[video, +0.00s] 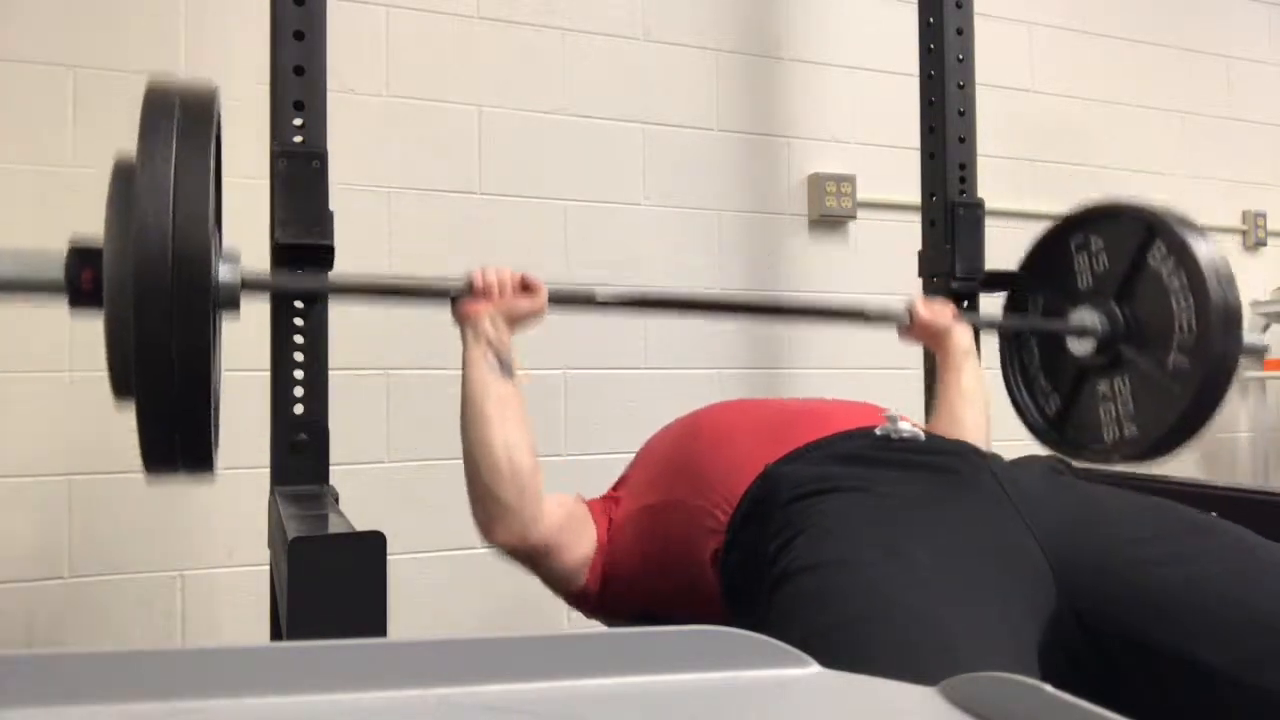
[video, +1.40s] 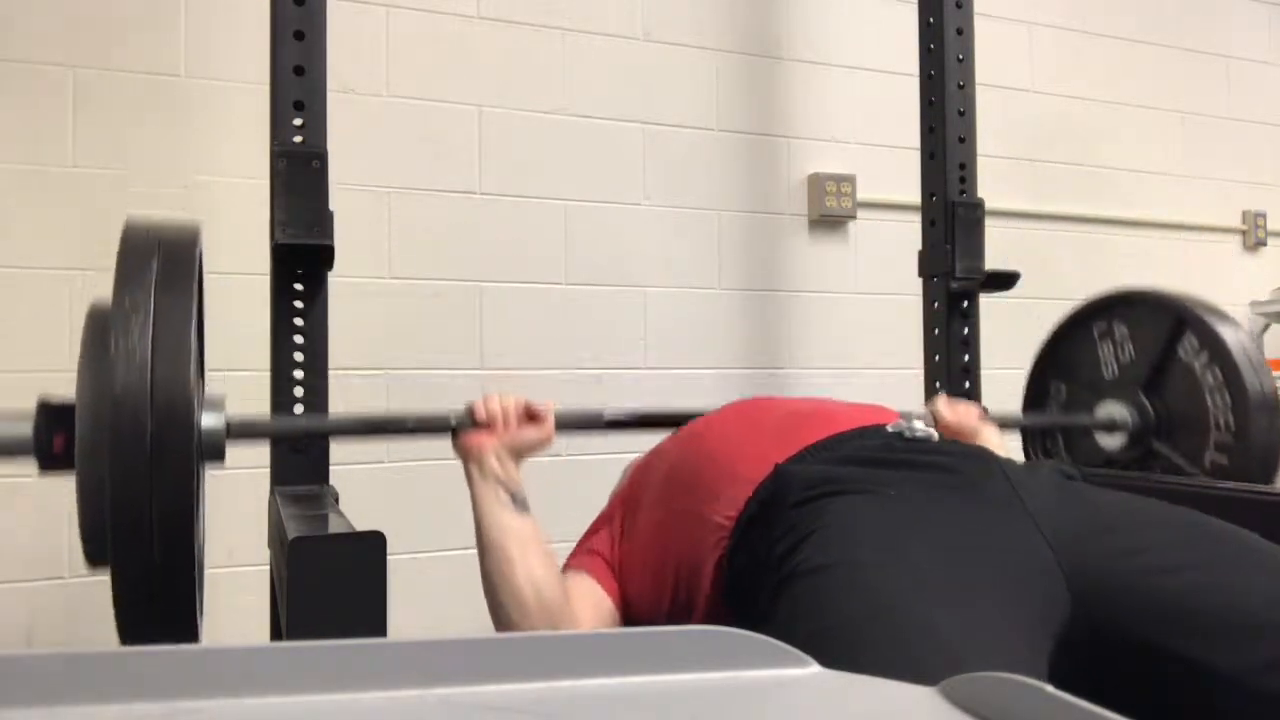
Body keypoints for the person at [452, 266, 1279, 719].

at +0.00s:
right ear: (649, 492)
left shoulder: (862, 437)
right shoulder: (622, 539)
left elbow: (965, 470)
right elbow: (512, 516)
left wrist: (954, 348)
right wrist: (484, 345)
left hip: (1031, 487)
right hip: (846, 506)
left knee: (1272, 614)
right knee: (937, 687)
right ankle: (977, 701)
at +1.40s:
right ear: (647, 482)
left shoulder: (872, 422)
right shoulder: (624, 528)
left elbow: (1032, 515)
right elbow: (552, 636)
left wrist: (982, 445)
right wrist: (492, 482)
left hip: (1032, 488)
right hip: (856, 501)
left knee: (1273, 604)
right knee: (936, 682)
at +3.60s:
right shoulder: (615, 543)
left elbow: (961, 468)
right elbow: (519, 508)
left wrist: (962, 347)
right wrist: (483, 340)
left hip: (1032, 488)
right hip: (852, 504)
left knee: (1273, 619)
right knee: (929, 680)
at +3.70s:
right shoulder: (632, 534)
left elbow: (996, 491)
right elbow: (523, 562)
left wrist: (973, 392)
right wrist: (489, 393)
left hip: (1023, 487)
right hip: (854, 507)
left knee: (1272, 622)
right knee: (942, 694)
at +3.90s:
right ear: (647, 481)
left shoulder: (865, 422)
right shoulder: (625, 531)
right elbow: (551, 629)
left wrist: (986, 451)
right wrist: (499, 483)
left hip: (1035, 487)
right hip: (858, 504)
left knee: (1273, 608)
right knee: (932, 686)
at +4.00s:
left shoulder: (849, 425)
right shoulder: (613, 544)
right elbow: (555, 635)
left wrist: (986, 457)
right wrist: (498, 499)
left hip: (1035, 487)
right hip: (856, 506)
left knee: (1274, 607)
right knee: (929, 700)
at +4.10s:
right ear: (645, 488)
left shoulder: (870, 422)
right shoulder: (626, 529)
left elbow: (1032, 523)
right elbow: (559, 625)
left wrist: (996, 446)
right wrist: (501, 477)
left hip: (1043, 487)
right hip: (862, 499)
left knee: (1276, 610)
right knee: (939, 690)